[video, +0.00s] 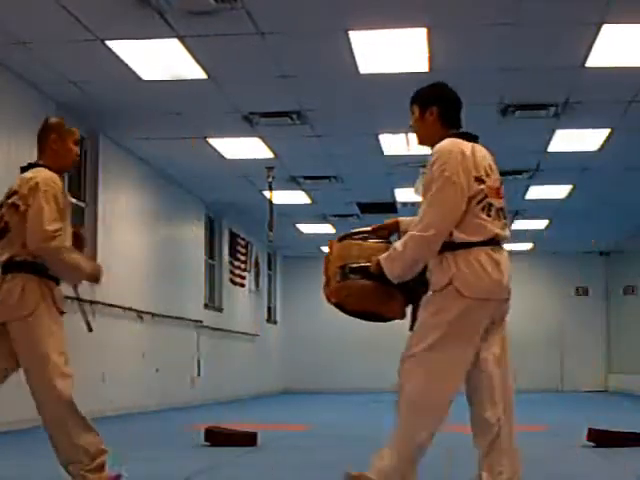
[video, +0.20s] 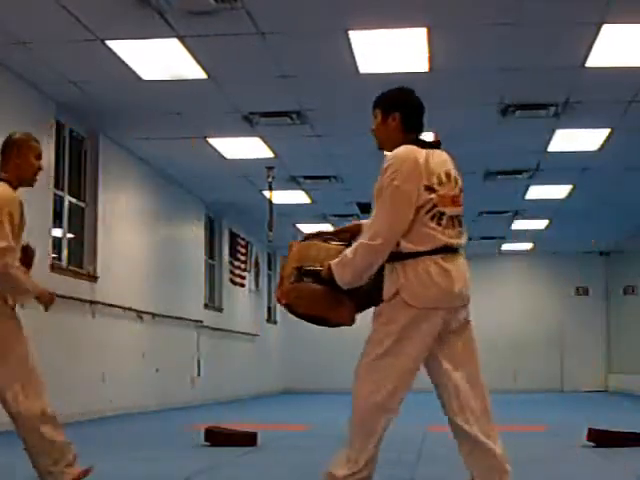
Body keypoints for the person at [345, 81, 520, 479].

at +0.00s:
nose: (412, 127)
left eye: (415, 117)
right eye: (412, 118)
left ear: (432, 115)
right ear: (448, 116)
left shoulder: (450, 153)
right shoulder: (480, 154)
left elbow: (434, 227)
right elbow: (457, 220)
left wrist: (386, 266)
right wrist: (404, 225)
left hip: (464, 276)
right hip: (492, 274)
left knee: (422, 369)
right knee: (488, 382)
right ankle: (500, 471)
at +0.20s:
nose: (373, 130)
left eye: (376, 121)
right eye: (374, 121)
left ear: (394, 120)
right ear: (407, 122)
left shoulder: (403, 161)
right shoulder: (442, 159)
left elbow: (381, 235)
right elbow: (412, 224)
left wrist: (337, 272)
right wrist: (360, 231)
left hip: (417, 282)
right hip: (453, 277)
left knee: (375, 384)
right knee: (463, 392)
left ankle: (353, 470)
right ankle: (492, 471)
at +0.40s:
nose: (324, 130)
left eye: (327, 121)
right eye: (324, 121)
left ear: (345, 120)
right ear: (362, 121)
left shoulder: (355, 162)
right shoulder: (401, 156)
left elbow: (341, 236)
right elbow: (384, 219)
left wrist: (305, 276)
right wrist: (331, 231)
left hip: (389, 274)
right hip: (429, 267)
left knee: (360, 376)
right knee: (445, 379)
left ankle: (350, 470)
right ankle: (482, 469)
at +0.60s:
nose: (300, 138)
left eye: (301, 128)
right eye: (298, 130)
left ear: (320, 123)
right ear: (337, 123)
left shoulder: (335, 162)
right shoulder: (377, 151)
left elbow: (327, 235)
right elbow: (365, 214)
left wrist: (290, 283)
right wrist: (315, 231)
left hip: (379, 271)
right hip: (418, 262)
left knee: (356, 373)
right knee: (438, 371)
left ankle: (352, 468)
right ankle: (477, 467)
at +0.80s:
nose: (301, 140)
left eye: (302, 131)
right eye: (299, 132)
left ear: (321, 125)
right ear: (337, 123)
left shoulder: (338, 164)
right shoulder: (378, 152)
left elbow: (327, 239)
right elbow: (365, 212)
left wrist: (290, 281)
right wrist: (315, 227)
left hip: (379, 276)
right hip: (417, 266)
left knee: (351, 373)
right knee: (436, 372)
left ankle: (351, 468)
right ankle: (484, 460)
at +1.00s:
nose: (327, 142)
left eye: (328, 132)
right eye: (325, 133)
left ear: (348, 127)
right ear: (359, 127)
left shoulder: (365, 169)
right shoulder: (404, 161)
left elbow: (346, 243)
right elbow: (387, 230)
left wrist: (307, 281)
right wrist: (333, 242)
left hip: (390, 280)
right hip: (427, 274)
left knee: (345, 370)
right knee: (442, 378)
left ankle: (346, 468)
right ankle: (494, 461)